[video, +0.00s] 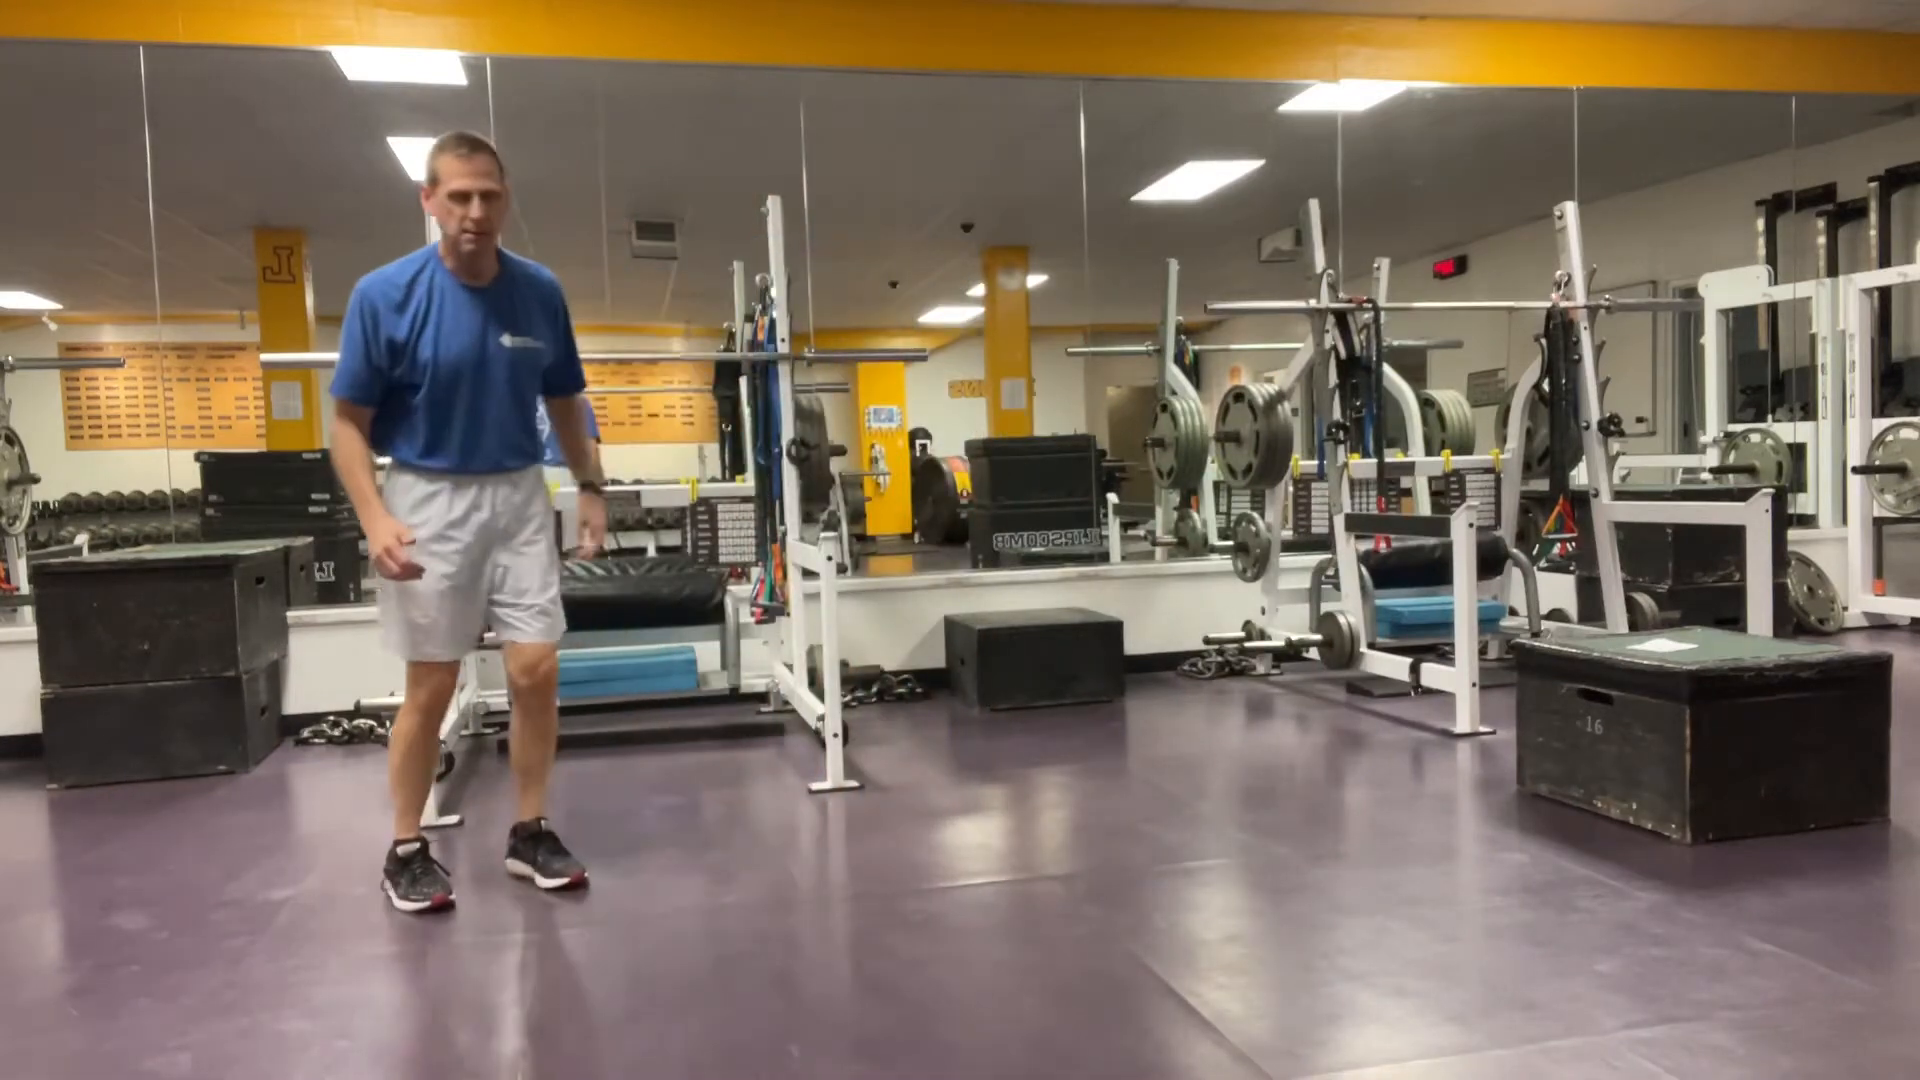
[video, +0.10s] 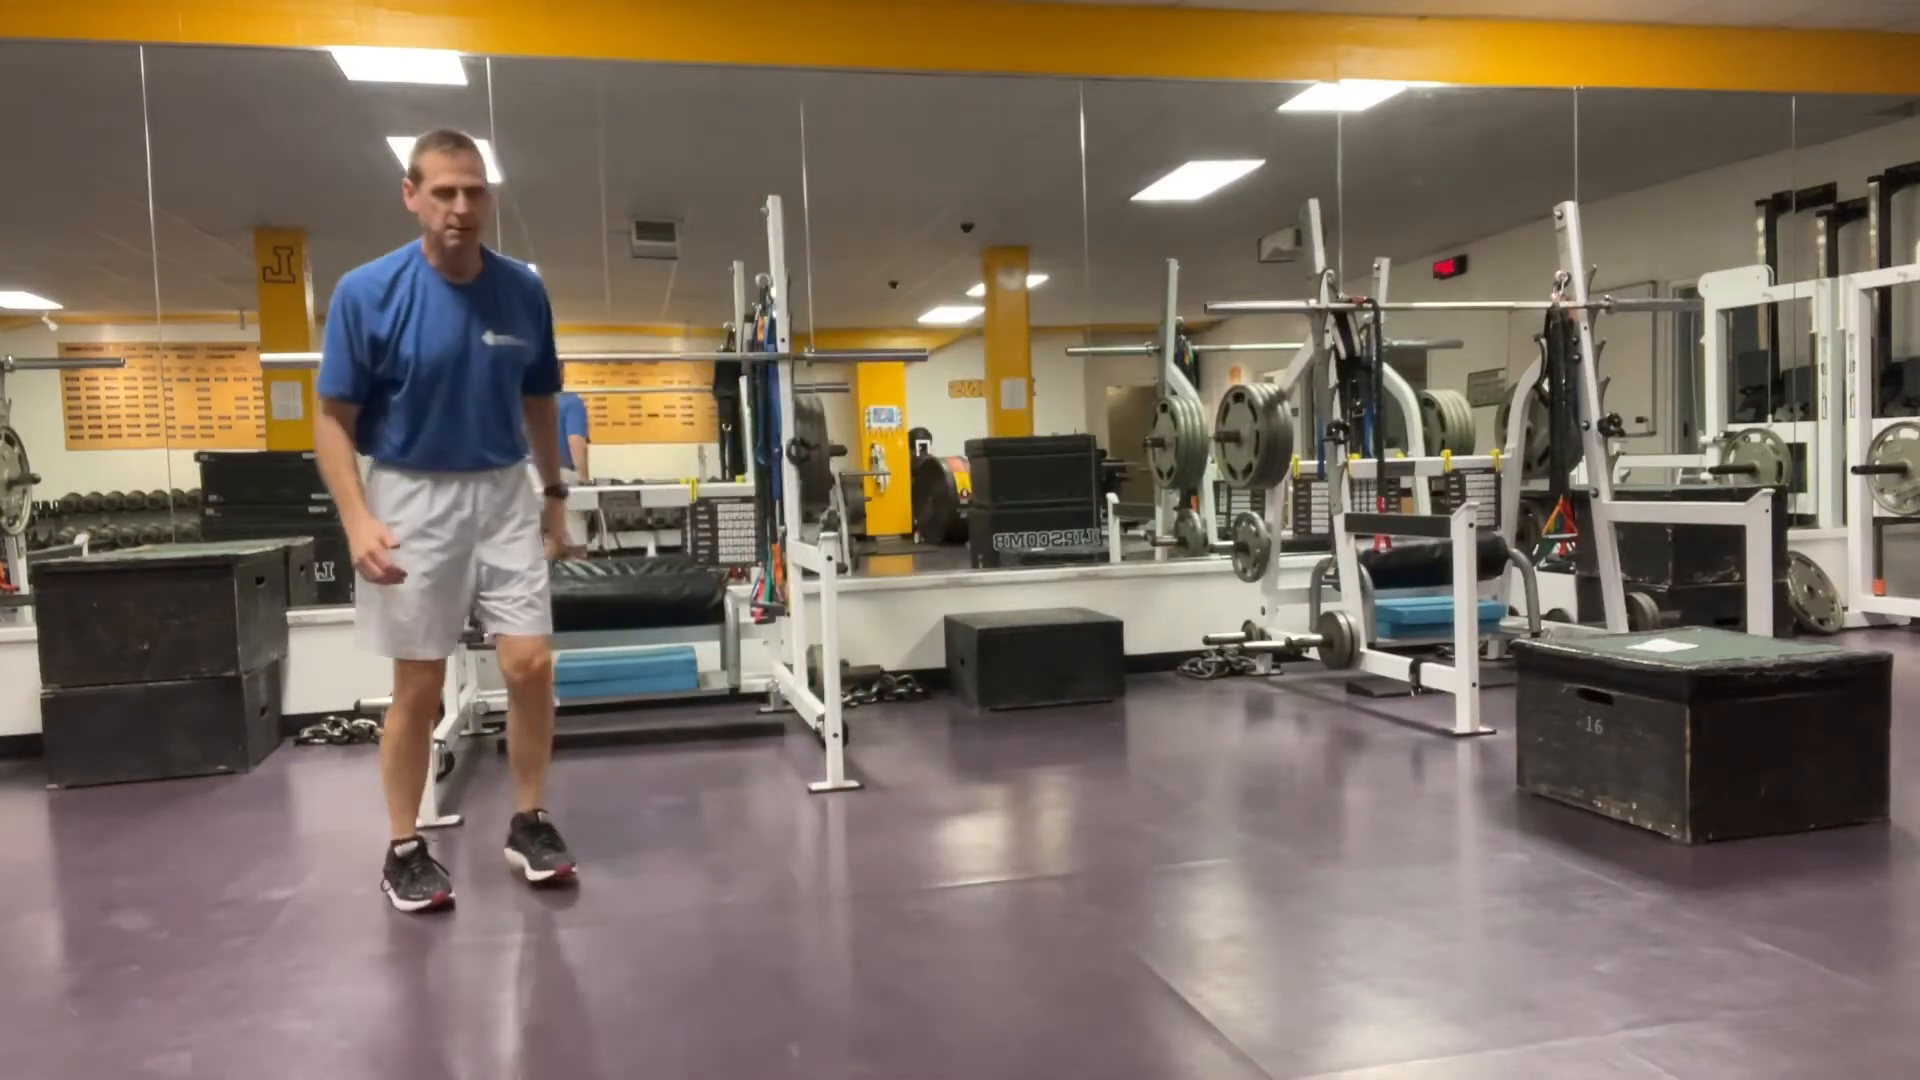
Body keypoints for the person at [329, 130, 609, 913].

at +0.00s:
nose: (474, 213)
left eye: (488, 198)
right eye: (458, 199)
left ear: (506, 204)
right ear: (429, 204)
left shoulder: (538, 294)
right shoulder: (381, 297)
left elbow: (565, 400)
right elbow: (347, 424)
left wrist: (590, 489)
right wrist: (375, 519)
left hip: (519, 499)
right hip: (426, 503)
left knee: (537, 669)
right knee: (431, 688)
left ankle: (532, 832)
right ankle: (408, 846)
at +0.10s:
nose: (461, 208)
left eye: (473, 192)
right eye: (444, 194)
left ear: (490, 199)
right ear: (412, 199)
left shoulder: (522, 292)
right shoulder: (364, 295)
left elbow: (540, 400)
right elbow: (332, 420)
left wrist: (554, 495)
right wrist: (356, 520)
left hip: (506, 495)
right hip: (412, 500)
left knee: (531, 663)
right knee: (419, 686)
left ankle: (530, 821)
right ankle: (405, 846)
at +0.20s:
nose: (453, 204)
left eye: (465, 189)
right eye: (437, 189)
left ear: (480, 196)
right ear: (402, 193)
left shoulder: (512, 289)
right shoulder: (355, 292)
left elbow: (528, 395)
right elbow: (319, 413)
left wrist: (540, 486)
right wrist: (336, 519)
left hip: (499, 492)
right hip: (403, 497)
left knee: (520, 664)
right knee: (411, 683)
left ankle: (517, 817)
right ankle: (404, 846)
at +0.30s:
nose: (451, 205)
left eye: (462, 190)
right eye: (434, 190)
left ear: (478, 196)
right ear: (400, 193)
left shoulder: (510, 291)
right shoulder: (353, 292)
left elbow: (528, 396)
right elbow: (316, 414)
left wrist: (542, 485)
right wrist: (318, 524)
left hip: (494, 493)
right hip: (400, 497)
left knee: (507, 666)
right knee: (410, 681)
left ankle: (499, 818)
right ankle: (405, 846)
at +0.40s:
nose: (455, 207)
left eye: (467, 192)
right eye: (439, 192)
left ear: (481, 198)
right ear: (404, 195)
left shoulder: (514, 293)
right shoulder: (356, 293)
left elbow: (538, 399)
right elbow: (317, 410)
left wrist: (556, 491)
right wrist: (309, 522)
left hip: (494, 496)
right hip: (402, 498)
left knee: (496, 668)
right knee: (416, 680)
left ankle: (494, 826)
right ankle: (406, 846)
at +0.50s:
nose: (460, 207)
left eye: (471, 193)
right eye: (444, 193)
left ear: (483, 199)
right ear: (409, 195)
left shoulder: (519, 295)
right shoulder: (358, 292)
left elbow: (553, 398)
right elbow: (317, 407)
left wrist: (579, 483)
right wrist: (309, 518)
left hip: (492, 494)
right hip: (402, 494)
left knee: (493, 667)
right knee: (422, 674)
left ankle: (496, 825)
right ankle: (404, 842)